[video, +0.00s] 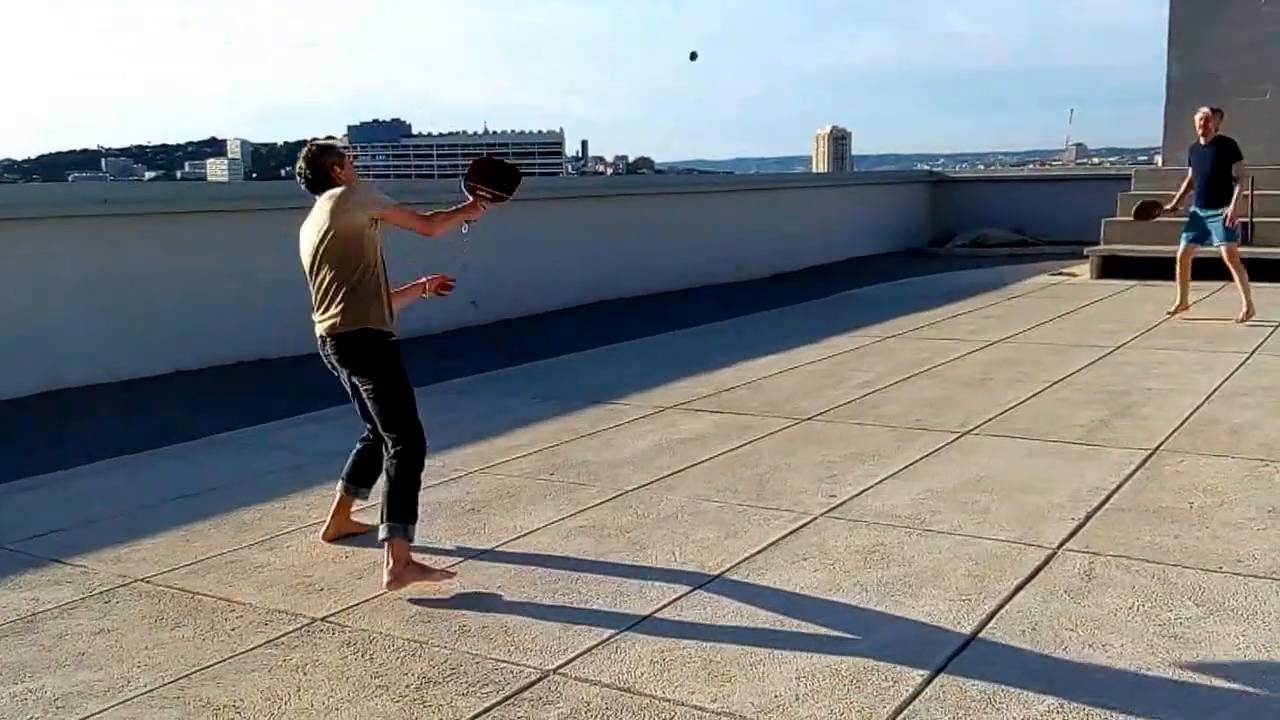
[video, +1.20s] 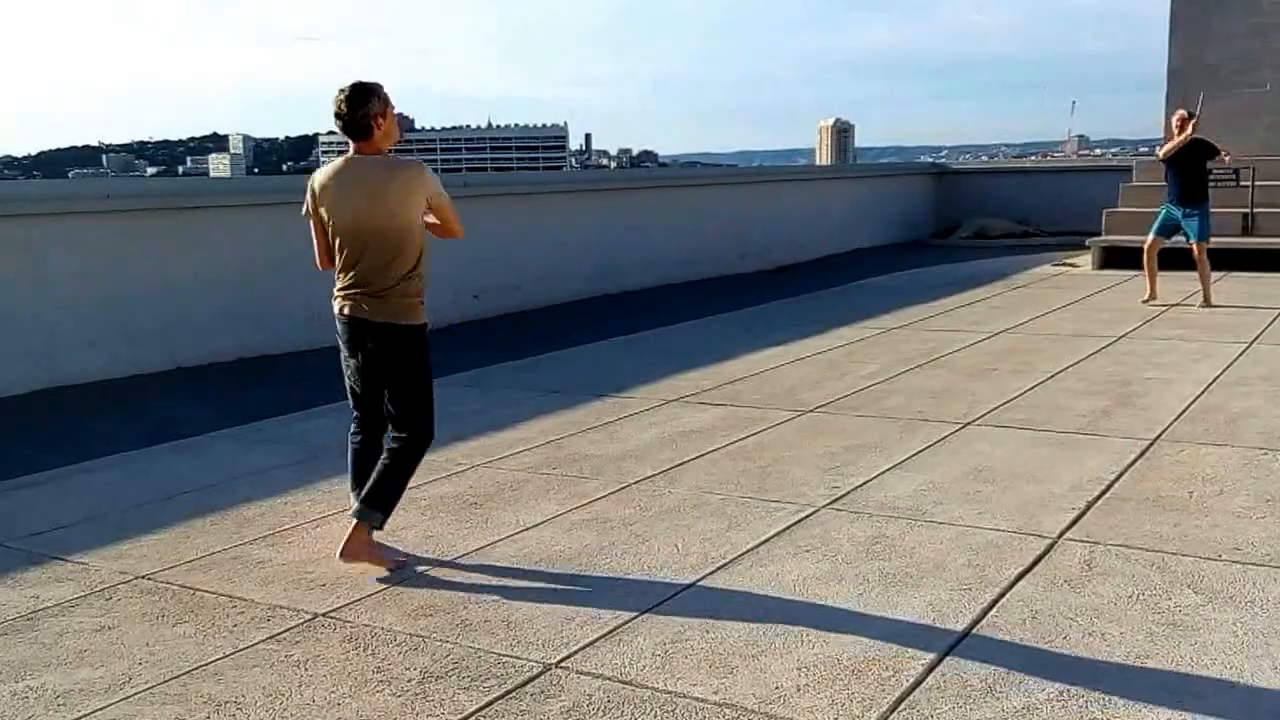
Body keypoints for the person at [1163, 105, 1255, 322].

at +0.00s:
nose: (1202, 124)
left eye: (1207, 120)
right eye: (1200, 119)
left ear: (1217, 124)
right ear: (1195, 123)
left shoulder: (1227, 145)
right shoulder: (1194, 149)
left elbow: (1241, 179)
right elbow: (1191, 179)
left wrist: (1233, 206)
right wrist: (1174, 204)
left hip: (1221, 211)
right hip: (1198, 211)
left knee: (1230, 257)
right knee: (1183, 254)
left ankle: (1248, 304)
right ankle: (1182, 301)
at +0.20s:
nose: (1191, 144)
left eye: (1195, 139)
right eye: (1188, 140)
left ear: (1206, 140)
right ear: (1186, 142)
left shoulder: (1217, 160)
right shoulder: (1198, 166)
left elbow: (1231, 184)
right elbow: (1190, 194)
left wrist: (1221, 207)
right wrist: (1162, 202)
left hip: (1224, 223)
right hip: (1202, 224)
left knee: (1228, 267)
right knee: (1175, 258)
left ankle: (1256, 309)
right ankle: (1168, 299)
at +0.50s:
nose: (1164, 161)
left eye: (1168, 156)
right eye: (1162, 158)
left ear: (1180, 157)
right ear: (1163, 160)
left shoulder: (1196, 173)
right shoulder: (1174, 183)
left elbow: (1221, 184)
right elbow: (1165, 210)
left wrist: (1223, 201)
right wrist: (1140, 214)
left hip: (1217, 229)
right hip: (1195, 231)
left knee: (1222, 268)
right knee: (1161, 259)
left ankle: (1257, 307)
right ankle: (1165, 302)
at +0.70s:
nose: (1159, 151)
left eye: (1163, 147)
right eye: (1157, 148)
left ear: (1175, 148)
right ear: (1156, 151)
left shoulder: (1192, 163)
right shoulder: (1161, 175)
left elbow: (1221, 175)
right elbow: (1157, 197)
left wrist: (1229, 185)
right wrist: (1144, 191)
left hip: (1208, 222)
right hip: (1184, 225)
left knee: (1223, 259)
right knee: (1154, 259)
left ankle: (1252, 304)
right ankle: (1166, 299)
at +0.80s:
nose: (1164, 139)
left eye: (1168, 135)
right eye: (1162, 135)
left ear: (1178, 138)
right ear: (1160, 139)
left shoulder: (1193, 154)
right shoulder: (1159, 163)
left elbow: (1221, 164)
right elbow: (1161, 184)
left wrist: (1231, 165)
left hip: (1204, 215)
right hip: (1179, 218)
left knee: (1219, 255)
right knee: (1155, 258)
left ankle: (1243, 298)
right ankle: (1165, 298)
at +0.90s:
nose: (1173, 130)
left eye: (1176, 126)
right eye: (1169, 126)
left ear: (1183, 128)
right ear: (1164, 130)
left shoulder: (1196, 146)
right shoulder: (1160, 152)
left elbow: (1225, 155)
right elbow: (1161, 166)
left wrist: (1233, 149)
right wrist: (1175, 146)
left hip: (1200, 209)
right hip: (1176, 211)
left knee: (1209, 251)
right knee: (1158, 253)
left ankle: (1227, 293)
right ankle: (1164, 298)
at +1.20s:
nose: (1180, 124)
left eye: (1184, 121)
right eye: (1177, 120)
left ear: (1190, 124)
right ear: (1172, 124)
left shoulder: (1199, 144)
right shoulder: (1168, 146)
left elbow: (1220, 156)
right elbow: (1162, 155)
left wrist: (1225, 158)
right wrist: (1186, 136)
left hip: (1196, 207)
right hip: (1172, 206)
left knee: (1199, 252)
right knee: (1150, 246)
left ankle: (1206, 297)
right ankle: (1151, 292)